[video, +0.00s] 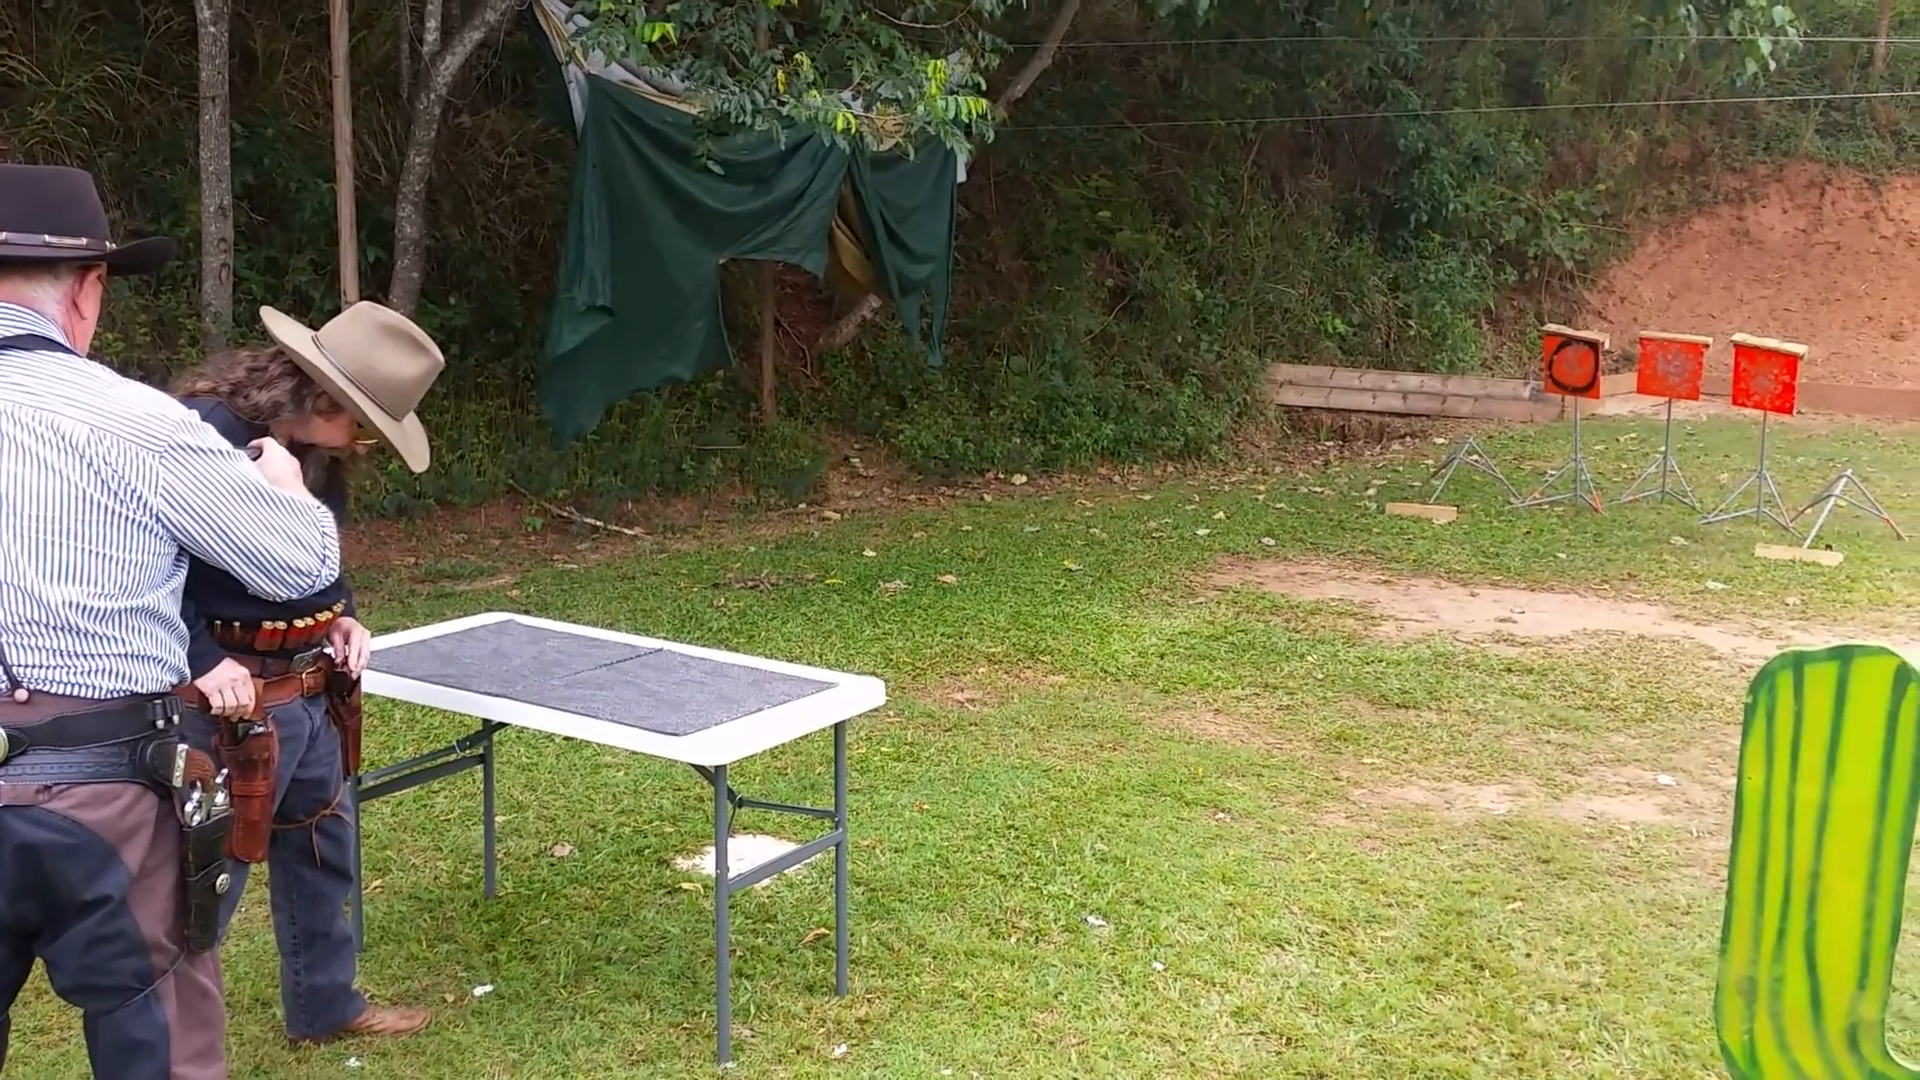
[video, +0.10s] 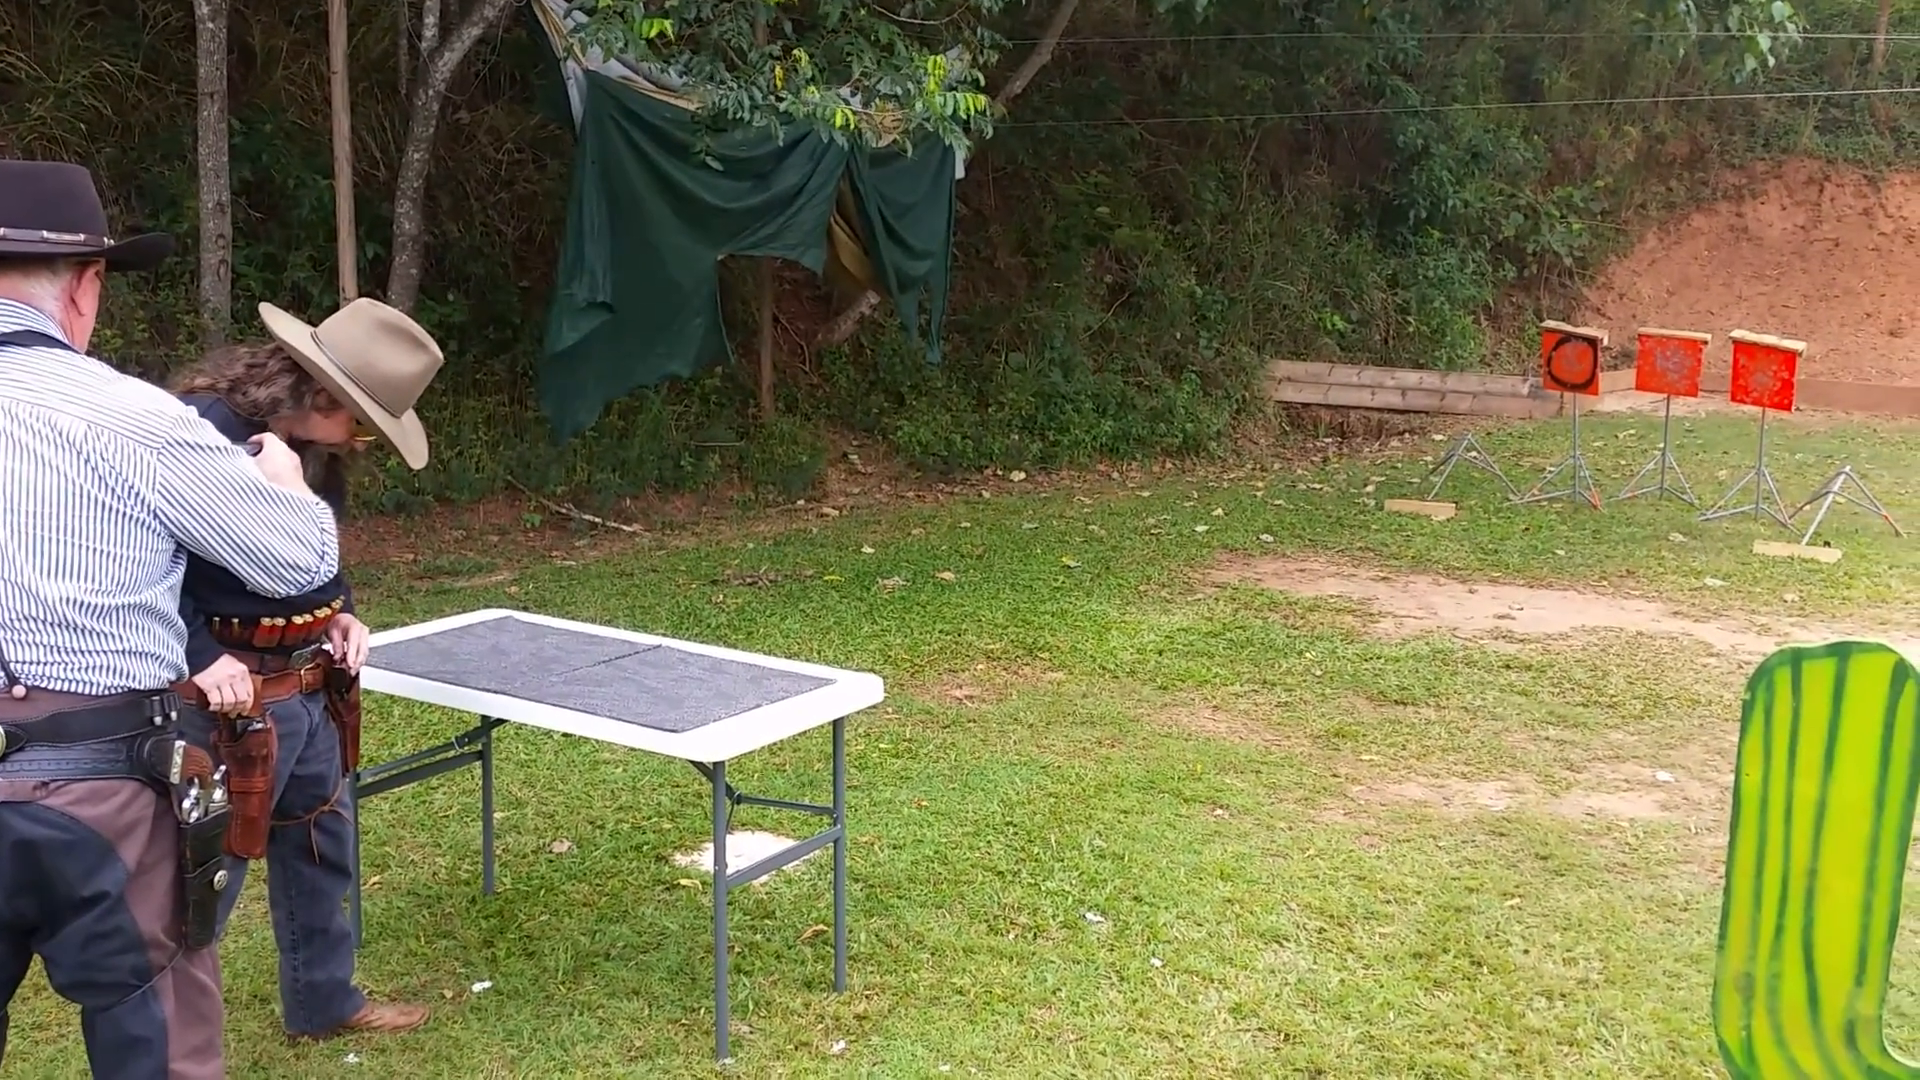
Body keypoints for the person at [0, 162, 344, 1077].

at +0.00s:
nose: (101, 310)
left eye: (101, 288)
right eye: (102, 286)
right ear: (84, 290)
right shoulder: (135, 424)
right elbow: (306, 565)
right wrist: (288, 492)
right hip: (94, 778)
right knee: (164, 1048)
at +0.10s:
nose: (99, 303)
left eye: (100, 280)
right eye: (100, 279)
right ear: (83, 286)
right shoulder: (130, 420)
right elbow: (304, 561)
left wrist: (191, 657)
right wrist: (287, 486)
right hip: (97, 771)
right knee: (163, 1043)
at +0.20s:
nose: (96, 299)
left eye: (97, 276)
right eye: (97, 276)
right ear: (80, 284)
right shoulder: (128, 417)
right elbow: (301, 559)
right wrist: (285, 482)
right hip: (90, 771)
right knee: (158, 1040)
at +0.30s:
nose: (94, 294)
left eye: (94, 272)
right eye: (95, 271)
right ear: (79, 279)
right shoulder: (124, 414)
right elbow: (299, 555)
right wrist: (280, 474)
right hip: (87, 767)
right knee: (158, 1038)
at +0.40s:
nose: (92, 293)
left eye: (91, 270)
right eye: (92, 269)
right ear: (74, 276)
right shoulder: (123, 413)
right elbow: (298, 552)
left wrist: (185, 646)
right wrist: (274, 465)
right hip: (85, 762)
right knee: (156, 1034)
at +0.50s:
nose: (90, 290)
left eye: (89, 267)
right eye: (91, 267)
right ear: (73, 273)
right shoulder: (123, 412)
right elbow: (297, 548)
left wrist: (184, 646)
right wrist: (270, 461)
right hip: (85, 762)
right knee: (157, 1030)